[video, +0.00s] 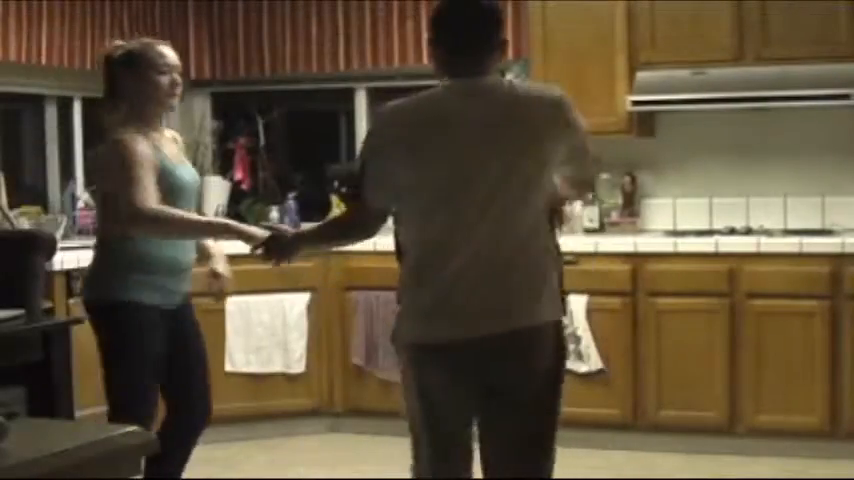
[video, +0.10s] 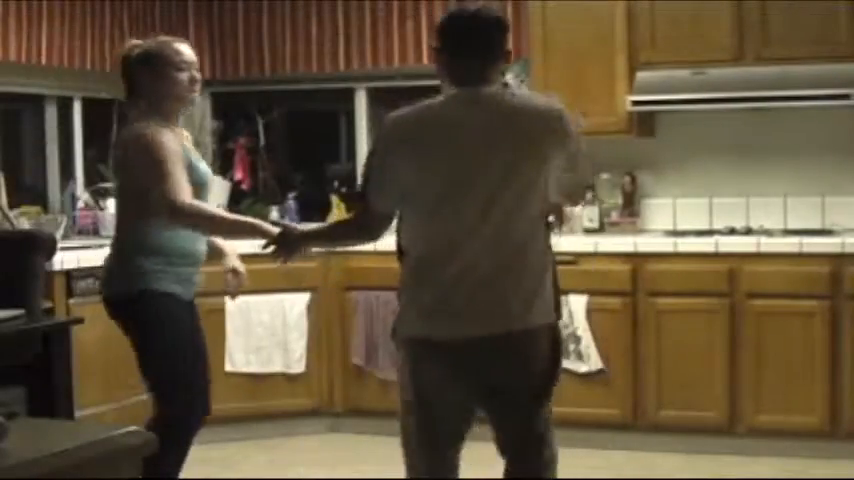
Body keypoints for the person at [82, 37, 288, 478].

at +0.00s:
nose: (177, 81)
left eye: (179, 73)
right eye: (164, 73)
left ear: (179, 80)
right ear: (130, 82)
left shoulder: (170, 140)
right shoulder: (124, 143)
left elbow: (185, 211)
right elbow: (138, 213)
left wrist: (213, 251)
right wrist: (237, 230)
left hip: (170, 296)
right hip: (126, 297)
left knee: (193, 410)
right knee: (135, 420)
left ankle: (159, 476)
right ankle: (120, 477)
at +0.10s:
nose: (196, 77)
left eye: (197, 69)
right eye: (183, 69)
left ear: (195, 78)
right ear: (149, 78)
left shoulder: (175, 135)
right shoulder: (151, 137)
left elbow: (181, 214)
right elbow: (176, 207)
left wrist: (225, 251)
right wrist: (262, 227)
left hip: (168, 286)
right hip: (146, 288)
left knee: (188, 406)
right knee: (184, 408)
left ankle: (146, 471)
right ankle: (156, 474)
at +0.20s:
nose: (215, 74)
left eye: (216, 66)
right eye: (202, 67)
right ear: (170, 78)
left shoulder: (176, 133)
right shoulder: (177, 134)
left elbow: (181, 219)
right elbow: (186, 201)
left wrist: (237, 246)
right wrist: (268, 226)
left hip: (163, 279)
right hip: (171, 281)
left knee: (186, 396)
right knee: (216, 396)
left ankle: (161, 470)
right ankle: (176, 473)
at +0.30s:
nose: (234, 77)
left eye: (233, 69)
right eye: (222, 70)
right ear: (190, 81)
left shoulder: (180, 137)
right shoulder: (198, 137)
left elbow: (198, 219)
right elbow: (199, 205)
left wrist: (256, 249)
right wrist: (279, 230)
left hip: (165, 284)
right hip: (196, 287)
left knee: (190, 397)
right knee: (240, 395)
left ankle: (157, 473)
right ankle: (232, 475)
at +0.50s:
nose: (271, 84)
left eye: (268, 76)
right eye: (259, 77)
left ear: (235, 92)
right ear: (228, 88)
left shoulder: (223, 146)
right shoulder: (236, 148)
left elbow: (235, 232)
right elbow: (239, 223)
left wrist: (280, 280)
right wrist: (316, 223)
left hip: (211, 291)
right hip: (236, 293)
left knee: (245, 398)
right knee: (282, 393)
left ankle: (183, 474)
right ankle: (264, 474)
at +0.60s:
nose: (283, 83)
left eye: (280, 75)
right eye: (272, 76)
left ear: (244, 90)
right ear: (241, 87)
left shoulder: (234, 141)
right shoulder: (249, 145)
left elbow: (265, 218)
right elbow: (273, 220)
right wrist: (345, 187)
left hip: (229, 286)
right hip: (250, 288)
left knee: (270, 390)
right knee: (287, 391)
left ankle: (202, 473)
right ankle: (266, 474)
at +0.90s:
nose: (306, 92)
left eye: (303, 84)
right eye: (296, 86)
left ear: (262, 97)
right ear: (265, 95)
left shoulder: (241, 145)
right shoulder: (287, 152)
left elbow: (254, 225)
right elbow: (342, 219)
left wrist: (302, 266)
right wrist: (405, 190)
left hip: (243, 282)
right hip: (275, 289)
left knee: (296, 387)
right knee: (307, 391)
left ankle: (262, 473)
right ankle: (267, 474)